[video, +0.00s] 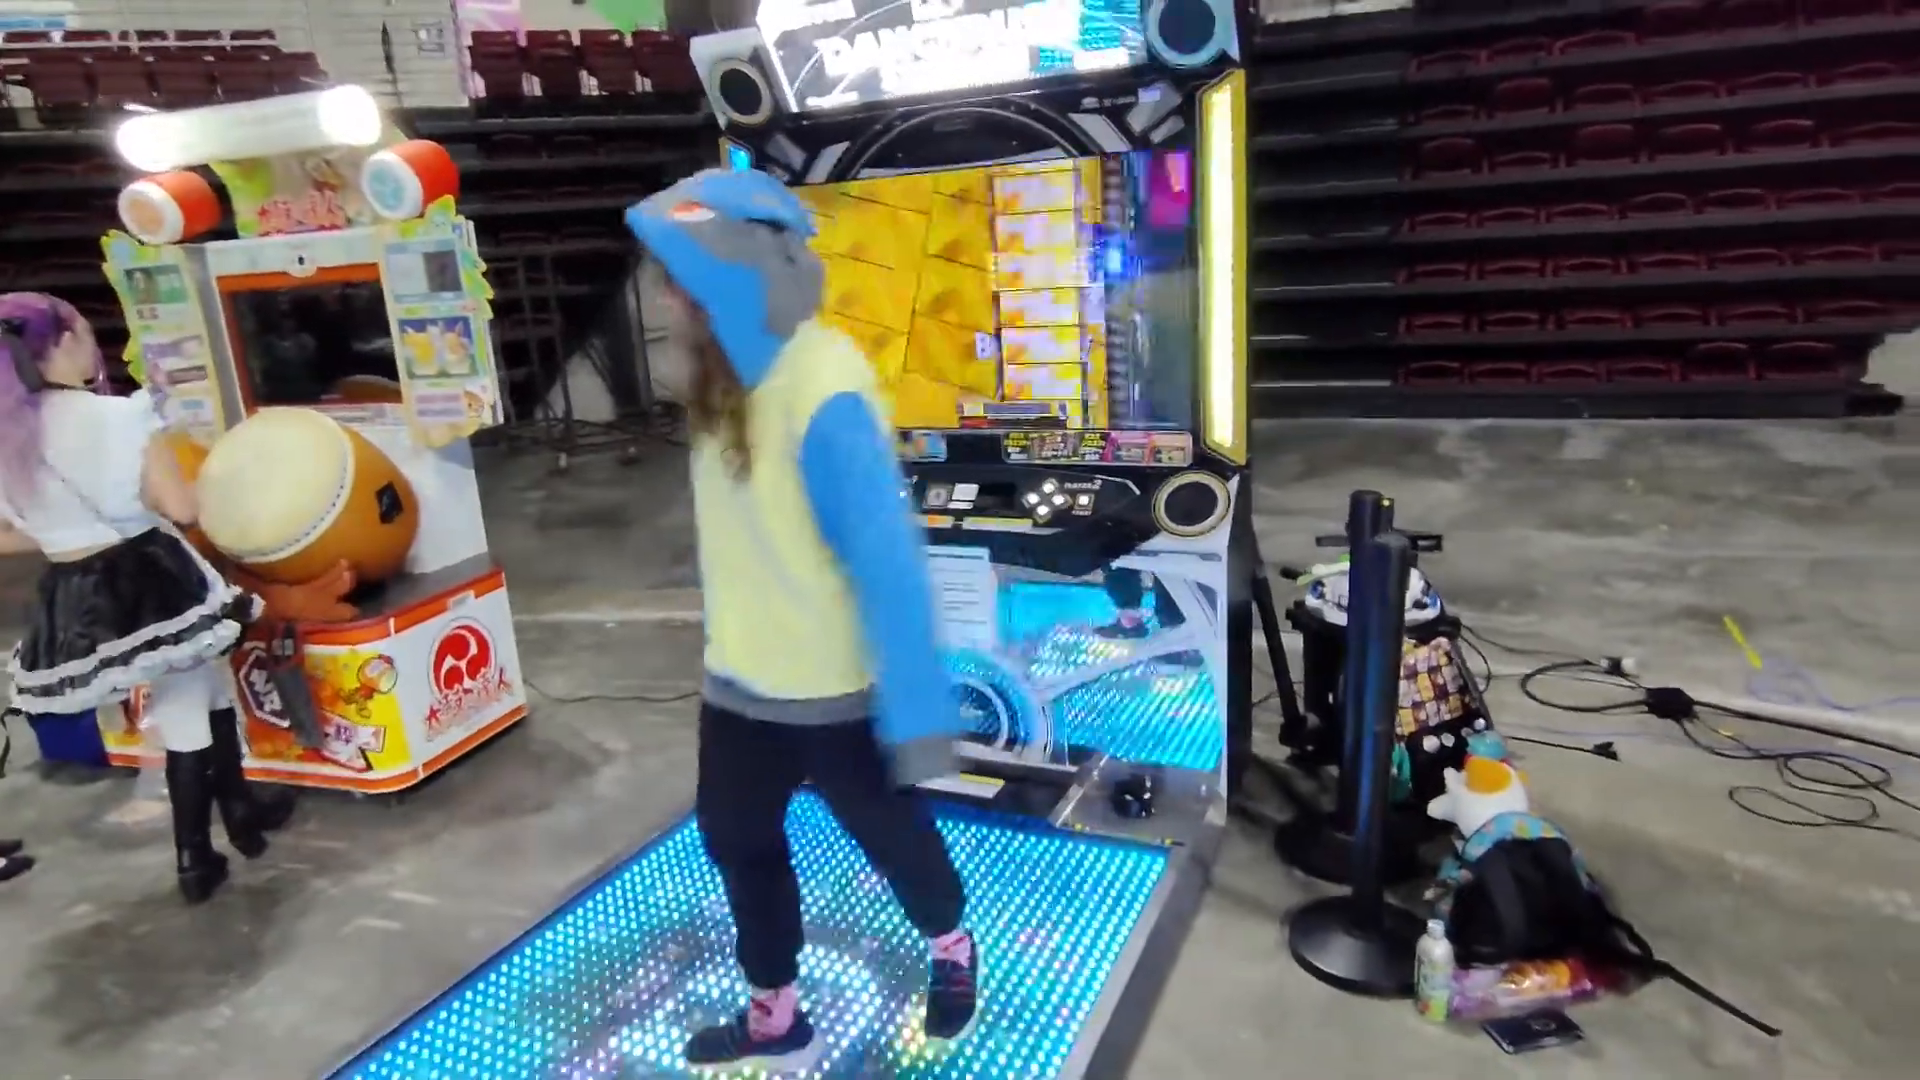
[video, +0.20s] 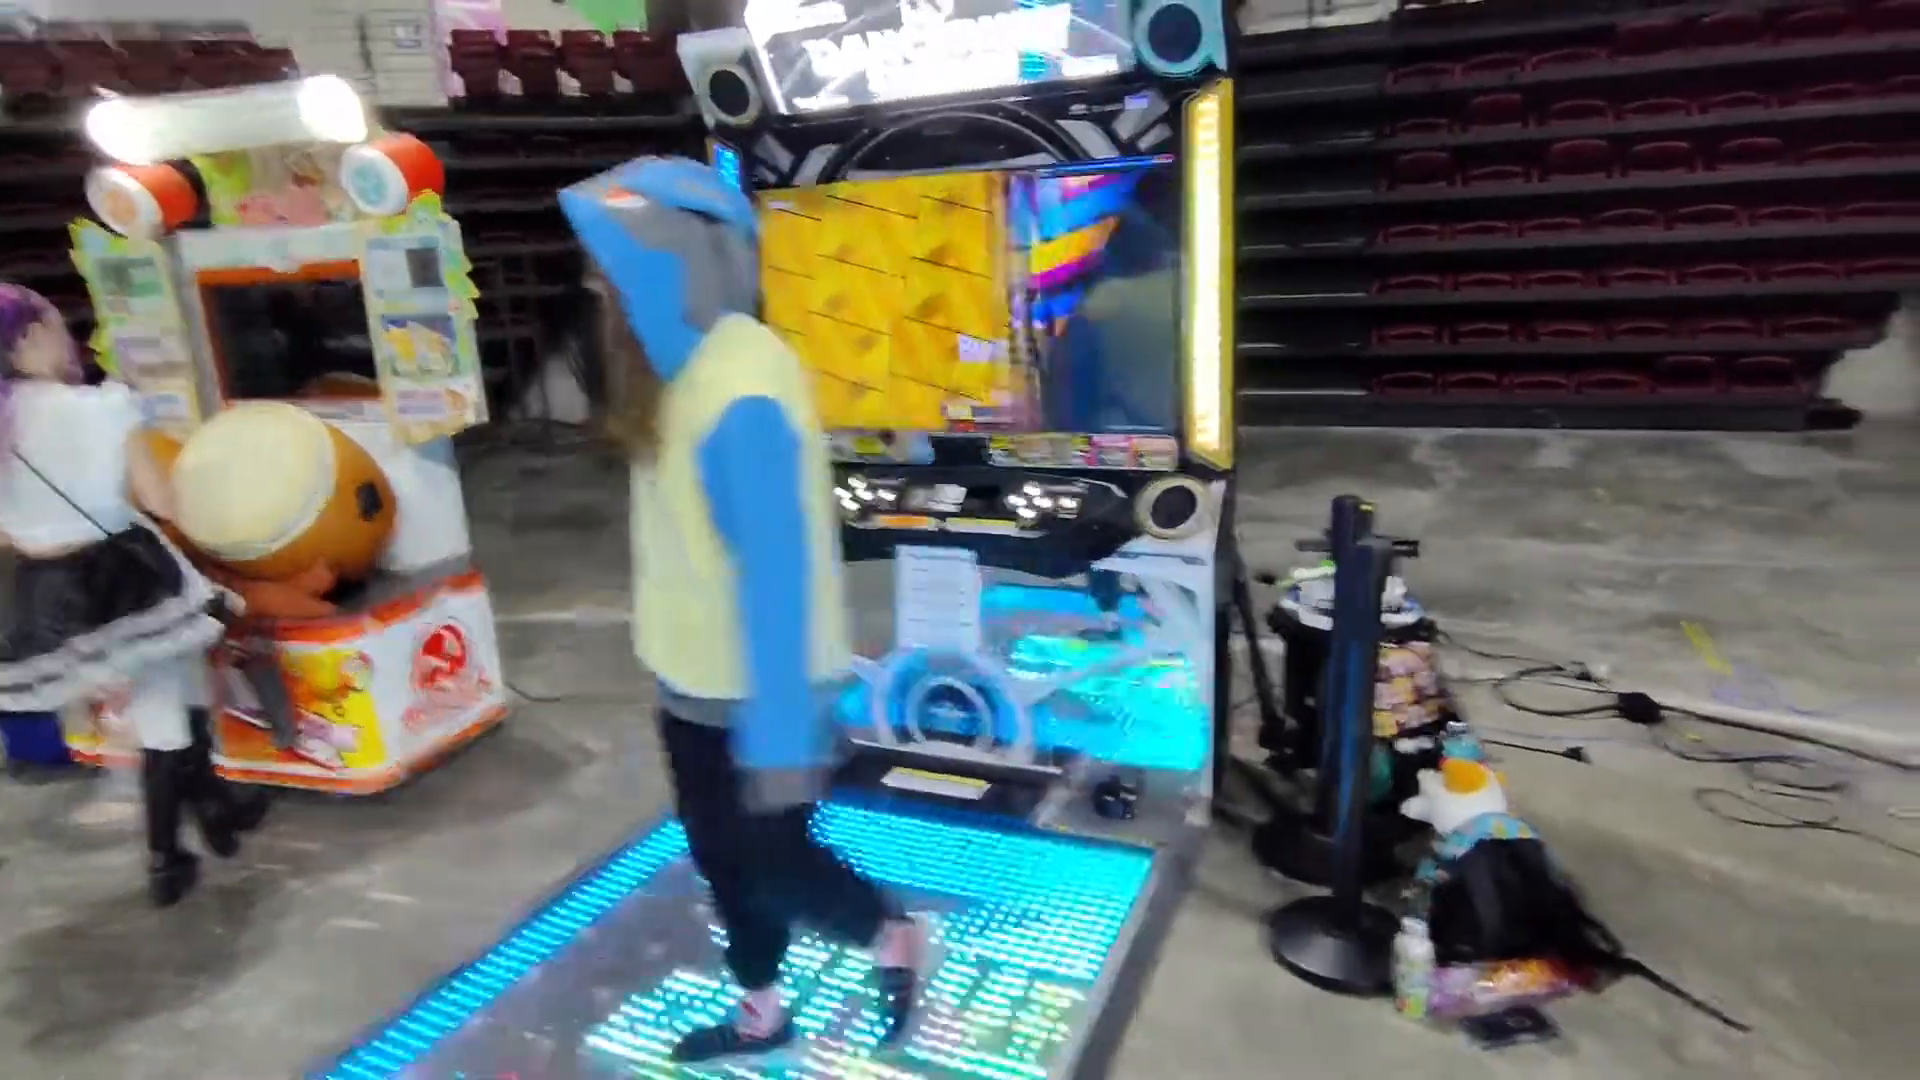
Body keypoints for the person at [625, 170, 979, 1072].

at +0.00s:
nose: (672, 306)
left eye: (686, 286)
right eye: (668, 286)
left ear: (750, 286)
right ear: (731, 289)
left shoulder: (825, 392)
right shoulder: (726, 380)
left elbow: (888, 560)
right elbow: (745, 538)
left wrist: (920, 717)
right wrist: (740, 662)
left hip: (834, 696)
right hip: (739, 689)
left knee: (889, 831)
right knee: (739, 840)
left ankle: (950, 943)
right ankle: (773, 1008)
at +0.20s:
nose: (609, 294)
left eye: (625, 272)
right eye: (608, 273)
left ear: (689, 272)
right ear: (674, 275)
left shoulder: (740, 392)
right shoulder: (685, 375)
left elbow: (777, 576)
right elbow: (703, 550)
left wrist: (781, 731)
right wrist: (682, 678)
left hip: (748, 701)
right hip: (693, 688)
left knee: (767, 853)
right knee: (724, 854)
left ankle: (895, 934)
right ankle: (760, 1001)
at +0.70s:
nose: (381, 264)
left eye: (389, 241)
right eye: (380, 241)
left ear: (441, 240)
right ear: (510, 231)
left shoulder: (435, 377)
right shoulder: (589, 329)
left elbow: (322, 576)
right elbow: (627, 481)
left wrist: (186, 725)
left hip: (512, 704)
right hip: (639, 660)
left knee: (495, 879)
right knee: (669, 807)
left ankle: (472, 1040)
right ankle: (720, 955)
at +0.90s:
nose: (287, 200)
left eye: (297, 186)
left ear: (315, 210)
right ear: (431, 192)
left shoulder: (291, 335)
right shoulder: (511, 300)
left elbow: (276, 528)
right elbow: (558, 458)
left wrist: (301, 671)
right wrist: (559, 591)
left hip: (416, 666)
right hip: (561, 629)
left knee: (447, 847)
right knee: (594, 787)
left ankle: (460, 1015)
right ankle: (652, 950)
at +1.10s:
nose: (422, 174)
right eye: (413, 159)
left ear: (284, 192)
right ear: (406, 170)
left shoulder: (246, 316)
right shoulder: (474, 282)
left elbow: (247, 497)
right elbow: (576, 435)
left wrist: (300, 590)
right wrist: (646, 544)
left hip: (373, 640)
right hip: (530, 610)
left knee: (438, 812)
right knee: (566, 761)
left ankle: (468, 982)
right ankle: (570, 937)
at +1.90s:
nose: (567, 137)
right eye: (559, 122)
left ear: (441, 153)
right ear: (549, 141)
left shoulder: (407, 255)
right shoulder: (607, 248)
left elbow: (423, 181)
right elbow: (714, 225)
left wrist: (454, 79)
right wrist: (618, 95)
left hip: (499, 564)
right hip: (632, 558)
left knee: (523, 734)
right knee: (634, 738)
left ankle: (521, 894)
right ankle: (642, 897)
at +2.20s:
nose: (604, 134)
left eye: (591, 116)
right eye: (591, 118)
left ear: (469, 140)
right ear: (570, 136)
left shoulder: (437, 249)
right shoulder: (634, 256)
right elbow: (750, 249)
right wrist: (658, 125)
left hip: (525, 557)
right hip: (651, 559)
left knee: (554, 718)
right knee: (649, 730)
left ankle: (540, 888)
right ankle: (653, 894)